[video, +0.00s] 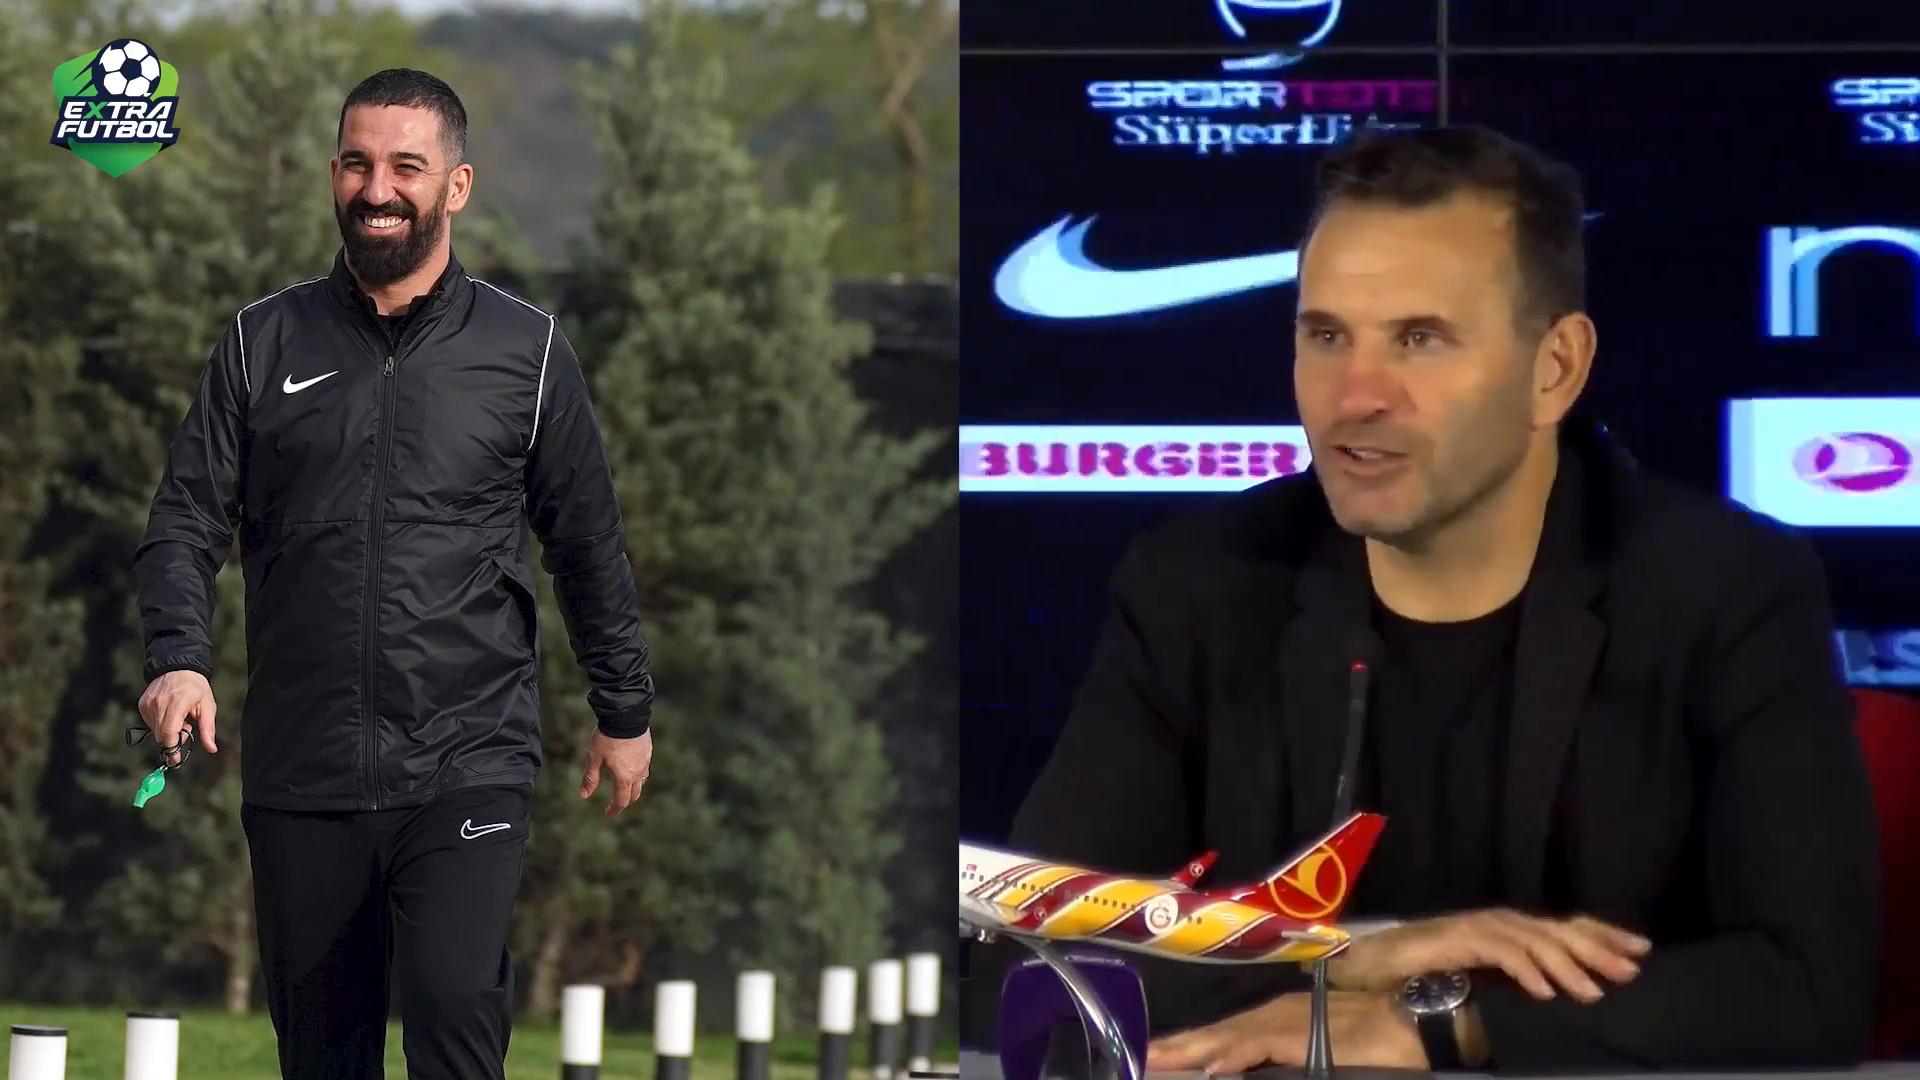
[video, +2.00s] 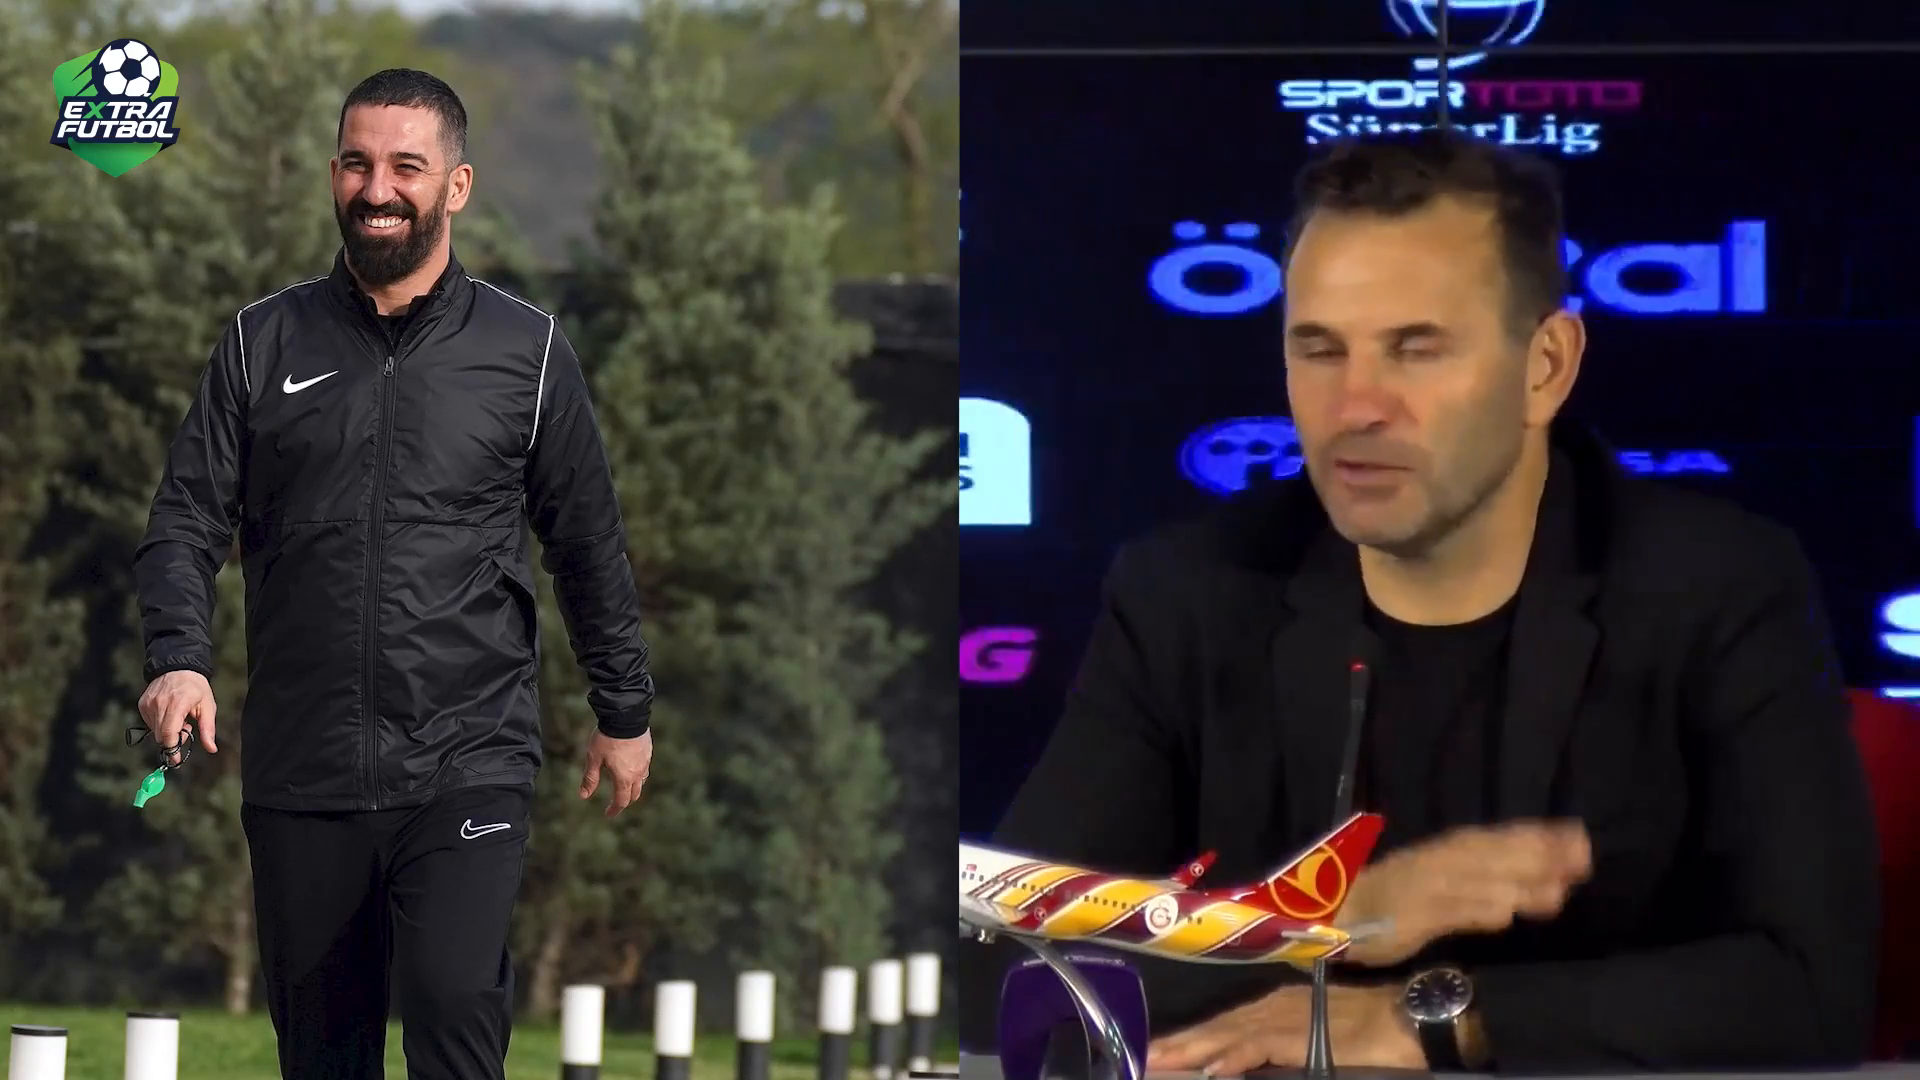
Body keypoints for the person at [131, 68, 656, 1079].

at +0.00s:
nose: (376, 187)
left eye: (405, 164)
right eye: (356, 162)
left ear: (458, 185)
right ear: (334, 176)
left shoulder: (529, 350)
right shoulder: (259, 343)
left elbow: (589, 541)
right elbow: (187, 513)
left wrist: (623, 708)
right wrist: (178, 658)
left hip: (472, 751)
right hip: (302, 753)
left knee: (455, 1017)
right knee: (319, 1039)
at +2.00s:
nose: (376, 187)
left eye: (405, 164)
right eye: (356, 162)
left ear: (458, 185)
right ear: (334, 176)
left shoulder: (529, 349)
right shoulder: (259, 343)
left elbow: (588, 541)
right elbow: (187, 513)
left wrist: (623, 709)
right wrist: (178, 658)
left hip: (472, 752)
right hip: (302, 755)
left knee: (455, 1018)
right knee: (320, 1042)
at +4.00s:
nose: (375, 186)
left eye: (405, 164)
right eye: (356, 162)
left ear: (458, 186)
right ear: (334, 177)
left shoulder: (530, 350)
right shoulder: (259, 343)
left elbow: (589, 542)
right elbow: (186, 513)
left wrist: (623, 708)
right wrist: (178, 658)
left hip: (472, 751)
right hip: (302, 753)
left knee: (454, 1018)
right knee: (320, 1041)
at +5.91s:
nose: (376, 187)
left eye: (405, 164)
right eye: (356, 162)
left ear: (458, 185)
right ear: (334, 177)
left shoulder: (530, 350)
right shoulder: (259, 342)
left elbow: (589, 541)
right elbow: (186, 513)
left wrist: (623, 708)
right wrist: (178, 658)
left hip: (471, 752)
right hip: (301, 755)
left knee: (455, 1020)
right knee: (320, 1043)